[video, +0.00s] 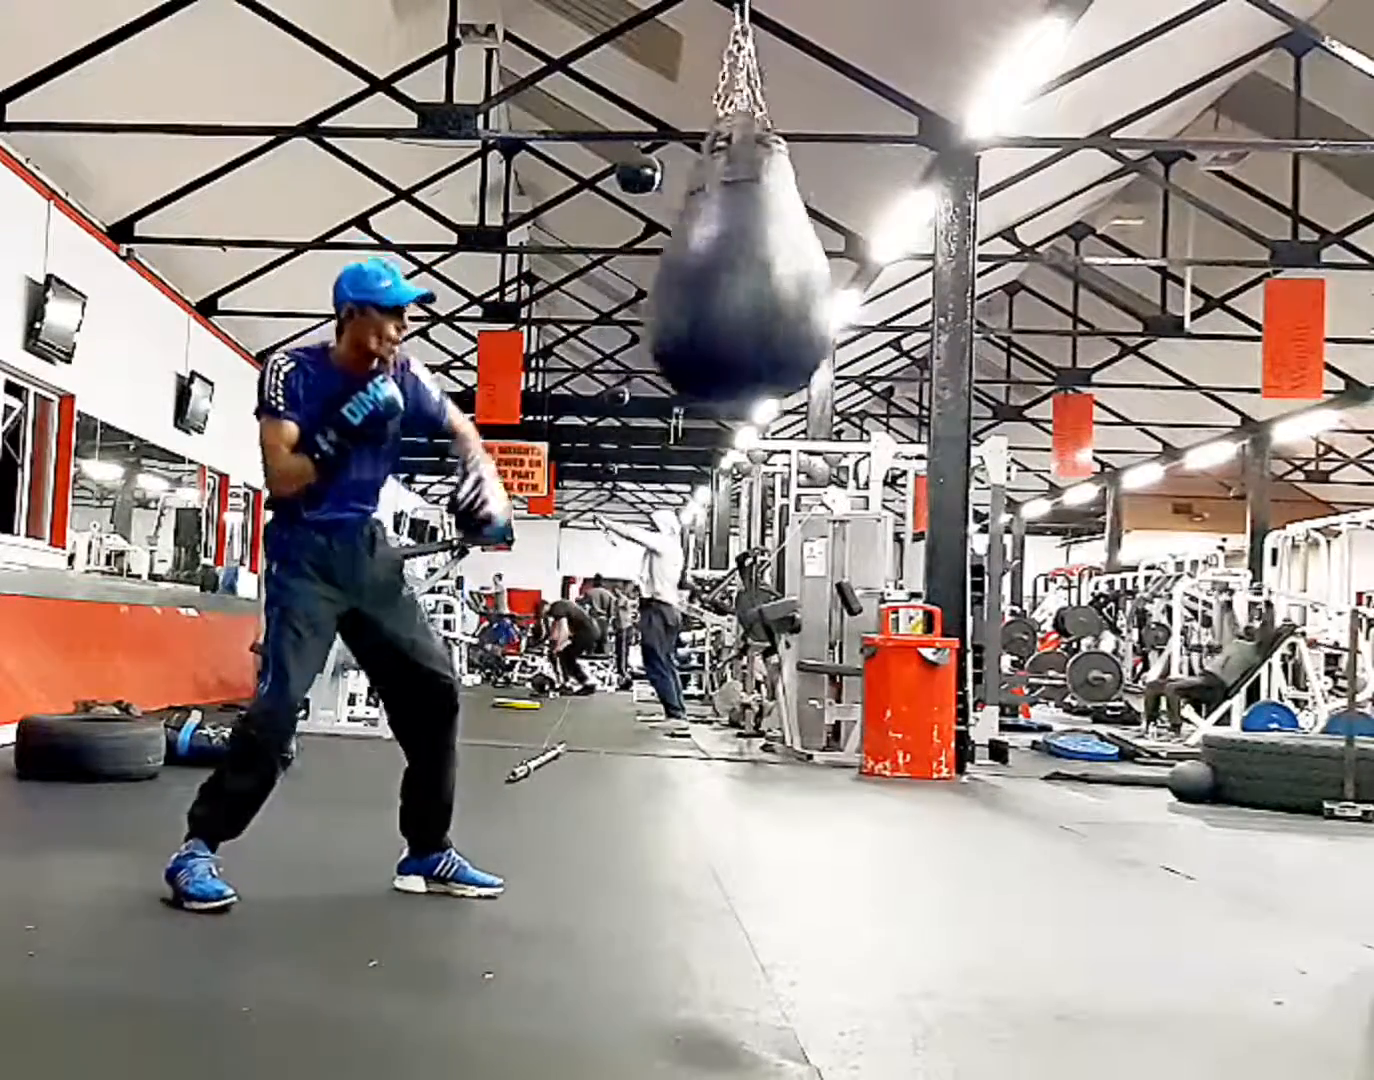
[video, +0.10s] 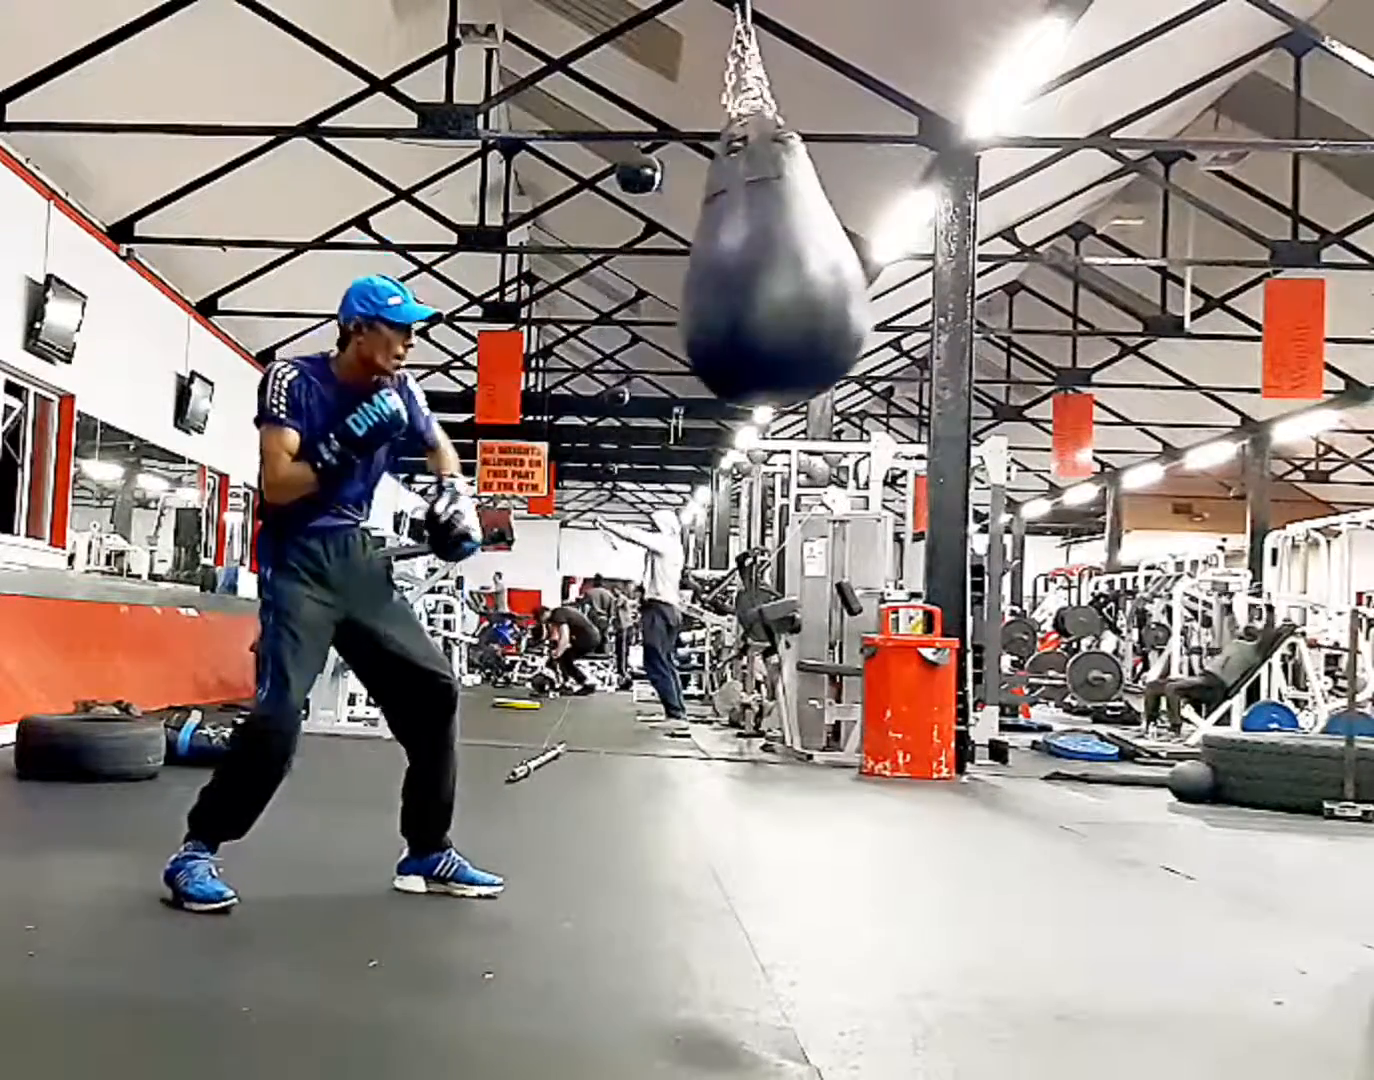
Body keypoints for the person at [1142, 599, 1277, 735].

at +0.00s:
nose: (1252, 626)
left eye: (1257, 625)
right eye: (1253, 623)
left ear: (1262, 633)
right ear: (1247, 629)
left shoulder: (1258, 651)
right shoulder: (1237, 642)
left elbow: (1268, 628)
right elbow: (1231, 625)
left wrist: (1268, 607)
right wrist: (1227, 605)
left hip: (1219, 683)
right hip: (1204, 676)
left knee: (1172, 688)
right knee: (1152, 687)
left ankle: (1175, 730)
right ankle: (1148, 727)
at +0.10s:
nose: (1249, 630)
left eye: (1253, 629)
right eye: (1247, 628)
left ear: (1258, 635)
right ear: (1244, 632)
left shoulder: (1257, 651)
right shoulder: (1235, 643)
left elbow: (1269, 631)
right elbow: (1231, 625)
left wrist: (1270, 610)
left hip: (1218, 684)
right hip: (1203, 677)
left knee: (1172, 688)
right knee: (1152, 687)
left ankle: (1175, 731)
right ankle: (1148, 727)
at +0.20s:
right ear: (1257, 634)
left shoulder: (1258, 650)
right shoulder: (1236, 643)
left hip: (1217, 684)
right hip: (1202, 677)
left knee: (1173, 688)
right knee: (1152, 687)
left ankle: (1175, 731)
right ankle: (1148, 727)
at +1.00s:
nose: (1248, 631)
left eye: (1253, 630)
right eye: (1248, 630)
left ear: (1258, 637)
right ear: (1246, 632)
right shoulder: (1234, 642)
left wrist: (1266, 637)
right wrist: (1225, 608)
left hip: (1217, 682)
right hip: (1203, 676)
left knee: (1172, 688)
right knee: (1153, 687)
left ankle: (1175, 731)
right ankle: (1147, 728)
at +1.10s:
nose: (1248, 628)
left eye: (1252, 627)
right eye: (1247, 626)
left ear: (1259, 635)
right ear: (1243, 631)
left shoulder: (1256, 652)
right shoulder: (1235, 643)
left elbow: (1267, 629)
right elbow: (1234, 627)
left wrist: (1268, 606)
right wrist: (1229, 606)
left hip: (1218, 682)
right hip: (1204, 676)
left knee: (1172, 688)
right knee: (1152, 687)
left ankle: (1175, 729)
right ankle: (1148, 726)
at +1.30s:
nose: (1251, 628)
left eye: (1257, 628)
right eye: (1250, 625)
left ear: (1259, 637)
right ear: (1245, 631)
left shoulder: (1255, 652)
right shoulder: (1233, 641)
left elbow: (1271, 636)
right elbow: (1228, 624)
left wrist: (1269, 615)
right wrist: (1225, 608)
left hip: (1218, 682)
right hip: (1205, 675)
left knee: (1172, 688)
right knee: (1153, 687)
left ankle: (1176, 730)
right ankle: (1148, 725)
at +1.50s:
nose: (1252, 629)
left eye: (1257, 629)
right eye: (1254, 627)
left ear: (1262, 636)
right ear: (1249, 631)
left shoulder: (1259, 650)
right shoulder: (1237, 643)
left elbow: (1277, 651)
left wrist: (1277, 637)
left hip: (1217, 682)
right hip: (1204, 675)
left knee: (1171, 688)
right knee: (1152, 687)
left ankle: (1175, 731)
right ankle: (1147, 729)